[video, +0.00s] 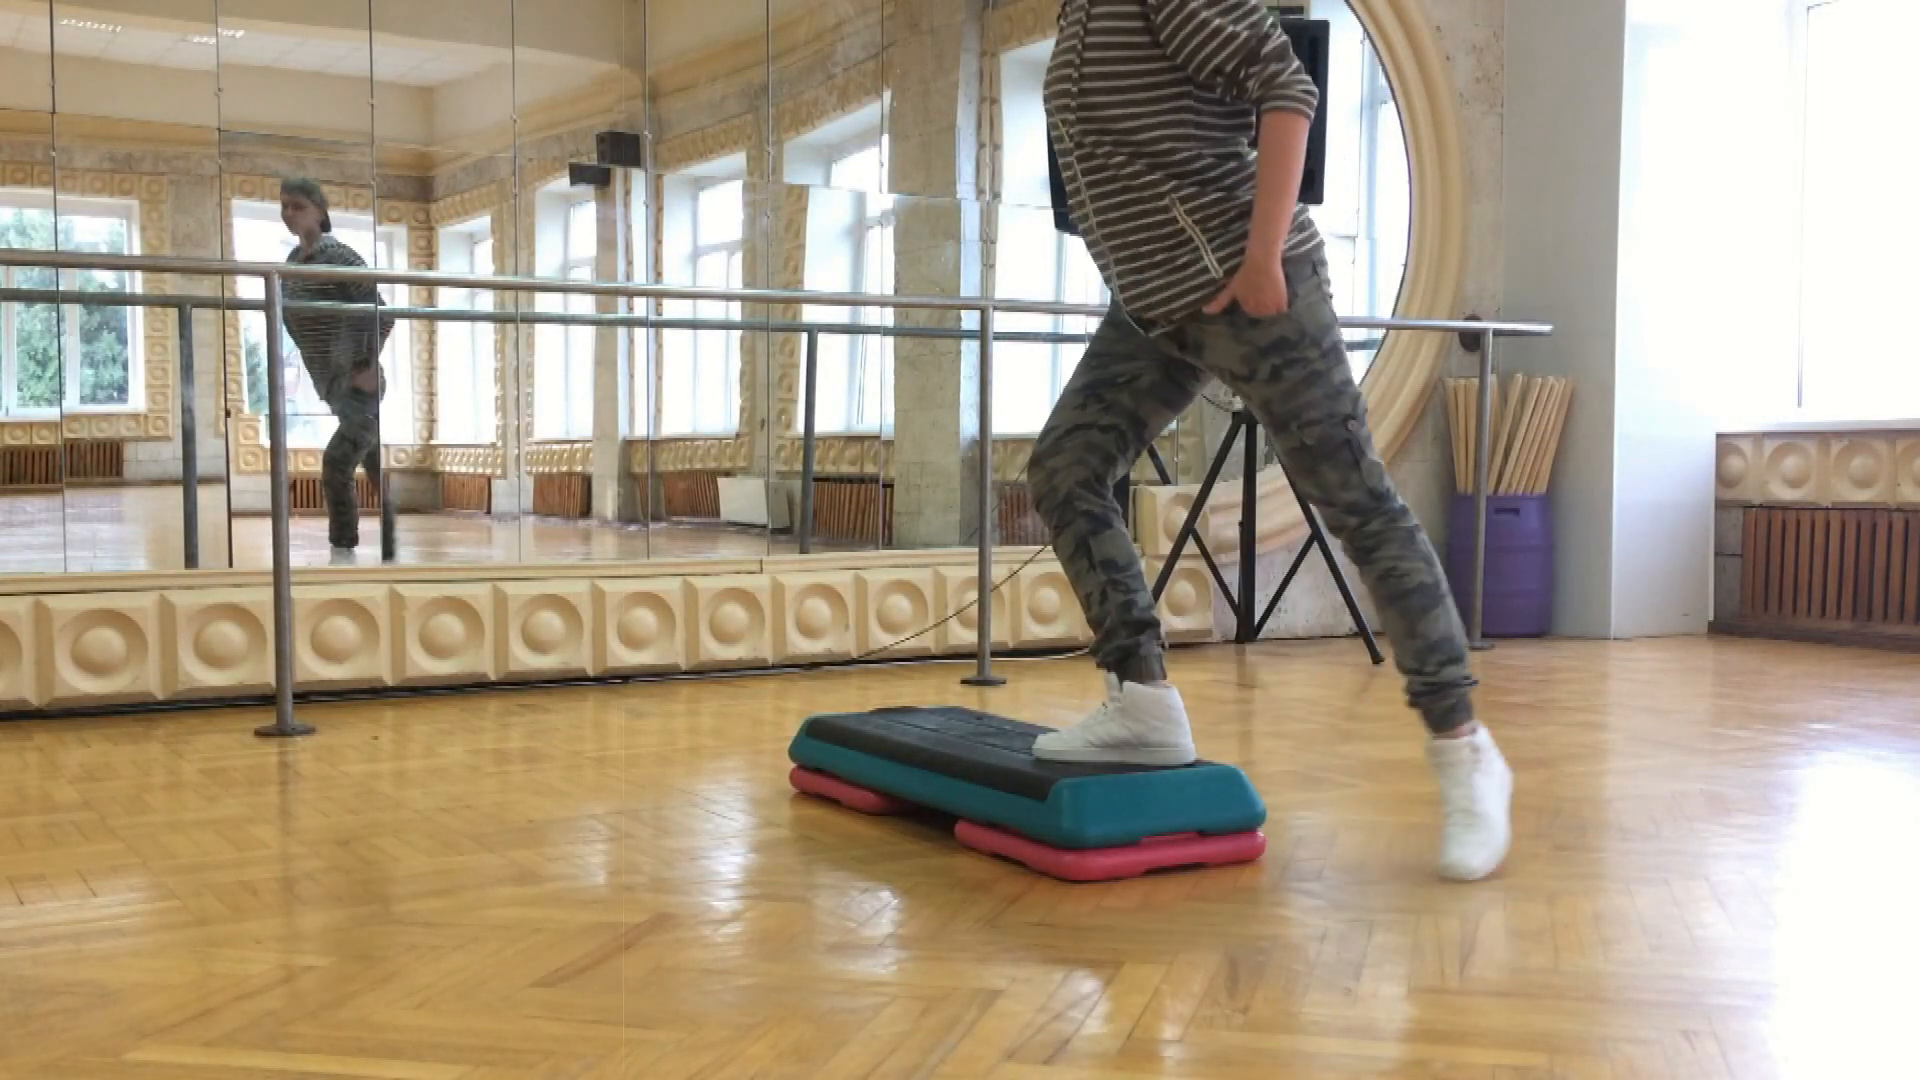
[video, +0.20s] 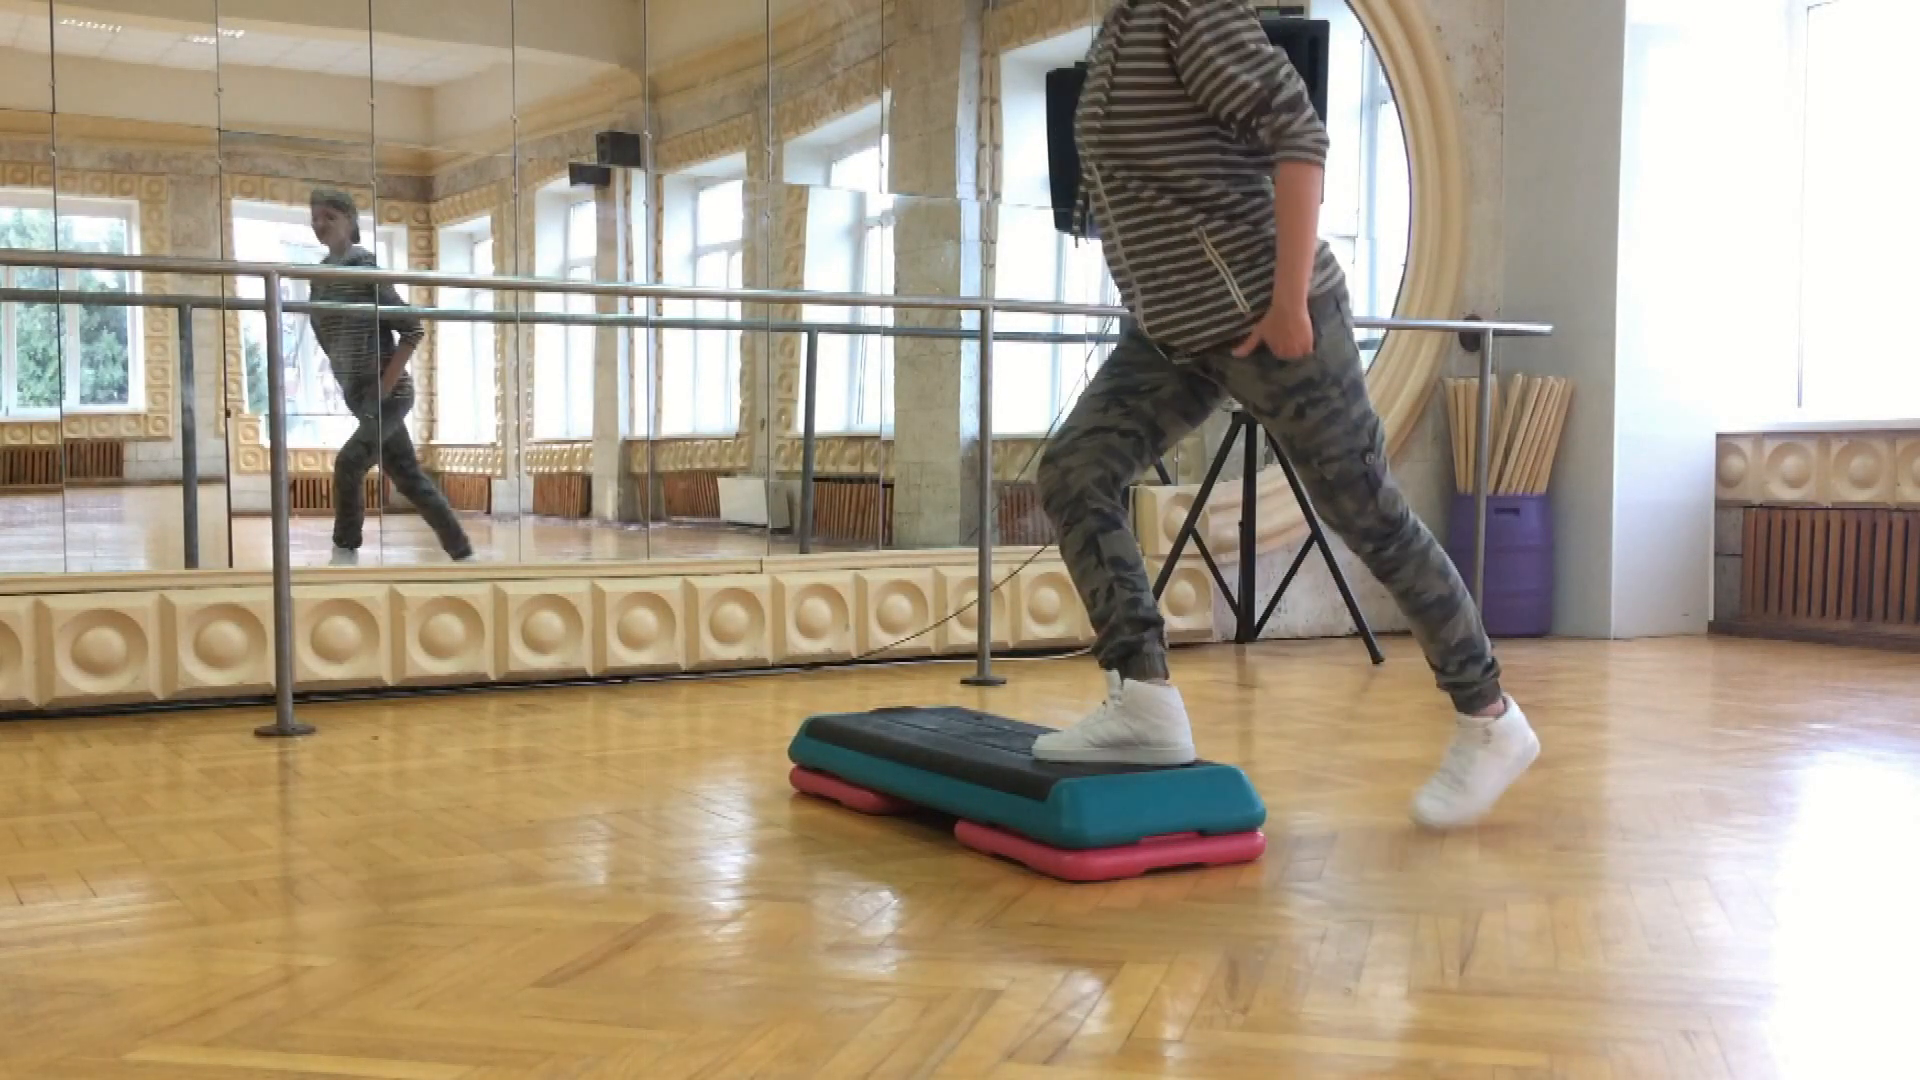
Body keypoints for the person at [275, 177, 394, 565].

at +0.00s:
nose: (288, 215)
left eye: (296, 207)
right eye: (284, 208)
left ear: (320, 210)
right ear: (284, 215)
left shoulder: (343, 258)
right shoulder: (292, 265)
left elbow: (381, 314)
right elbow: (301, 323)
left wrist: (364, 362)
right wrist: (318, 364)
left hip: (362, 379)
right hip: (329, 381)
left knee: (337, 463)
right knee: (376, 464)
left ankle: (343, 554)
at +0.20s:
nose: (321, 226)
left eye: (329, 218)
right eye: (316, 220)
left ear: (351, 222)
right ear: (313, 225)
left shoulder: (363, 268)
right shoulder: (321, 275)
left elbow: (412, 328)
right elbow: (330, 333)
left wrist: (387, 381)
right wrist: (345, 371)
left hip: (391, 391)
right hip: (362, 395)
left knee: (349, 464)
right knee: (410, 479)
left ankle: (344, 557)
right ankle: (463, 555)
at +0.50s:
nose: (367, 249)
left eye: (372, 241)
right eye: (362, 242)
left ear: (387, 244)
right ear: (358, 247)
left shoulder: (416, 291)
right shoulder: (366, 300)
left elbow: (469, 340)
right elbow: (386, 356)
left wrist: (445, 393)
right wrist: (387, 398)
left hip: (437, 406)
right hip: (398, 411)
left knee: (389, 451)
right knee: (454, 498)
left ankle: (399, 550)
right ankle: (499, 565)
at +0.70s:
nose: (368, 242)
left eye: (375, 234)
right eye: (366, 235)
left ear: (396, 240)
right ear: (366, 240)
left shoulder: (421, 286)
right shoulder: (367, 294)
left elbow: (464, 348)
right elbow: (385, 357)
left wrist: (451, 403)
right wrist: (387, 408)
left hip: (435, 411)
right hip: (394, 416)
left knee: (423, 501)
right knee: (404, 507)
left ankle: (448, 579)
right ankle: (469, 555)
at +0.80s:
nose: (368, 240)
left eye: (374, 232)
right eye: (365, 232)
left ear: (394, 235)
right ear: (363, 238)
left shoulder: (419, 286)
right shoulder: (363, 292)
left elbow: (464, 348)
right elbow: (381, 354)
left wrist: (453, 402)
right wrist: (386, 401)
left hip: (436, 412)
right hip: (395, 415)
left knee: (422, 499)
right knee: (374, 489)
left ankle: (444, 581)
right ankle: (428, 532)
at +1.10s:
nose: (338, 210)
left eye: (346, 202)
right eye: (333, 203)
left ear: (367, 207)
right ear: (329, 209)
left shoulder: (384, 258)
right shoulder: (322, 263)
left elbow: (419, 321)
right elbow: (326, 331)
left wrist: (405, 383)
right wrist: (333, 378)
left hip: (390, 390)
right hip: (346, 391)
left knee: (382, 483)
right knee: (329, 469)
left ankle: (428, 555)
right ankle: (362, 551)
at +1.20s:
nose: (324, 203)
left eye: (333, 195)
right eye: (318, 196)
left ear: (355, 201)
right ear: (314, 202)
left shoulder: (373, 255)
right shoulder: (305, 257)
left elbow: (412, 321)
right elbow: (308, 316)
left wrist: (391, 374)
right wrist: (314, 376)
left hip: (370, 383)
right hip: (323, 385)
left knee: (337, 456)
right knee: (316, 473)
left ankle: (395, 521)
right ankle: (360, 555)